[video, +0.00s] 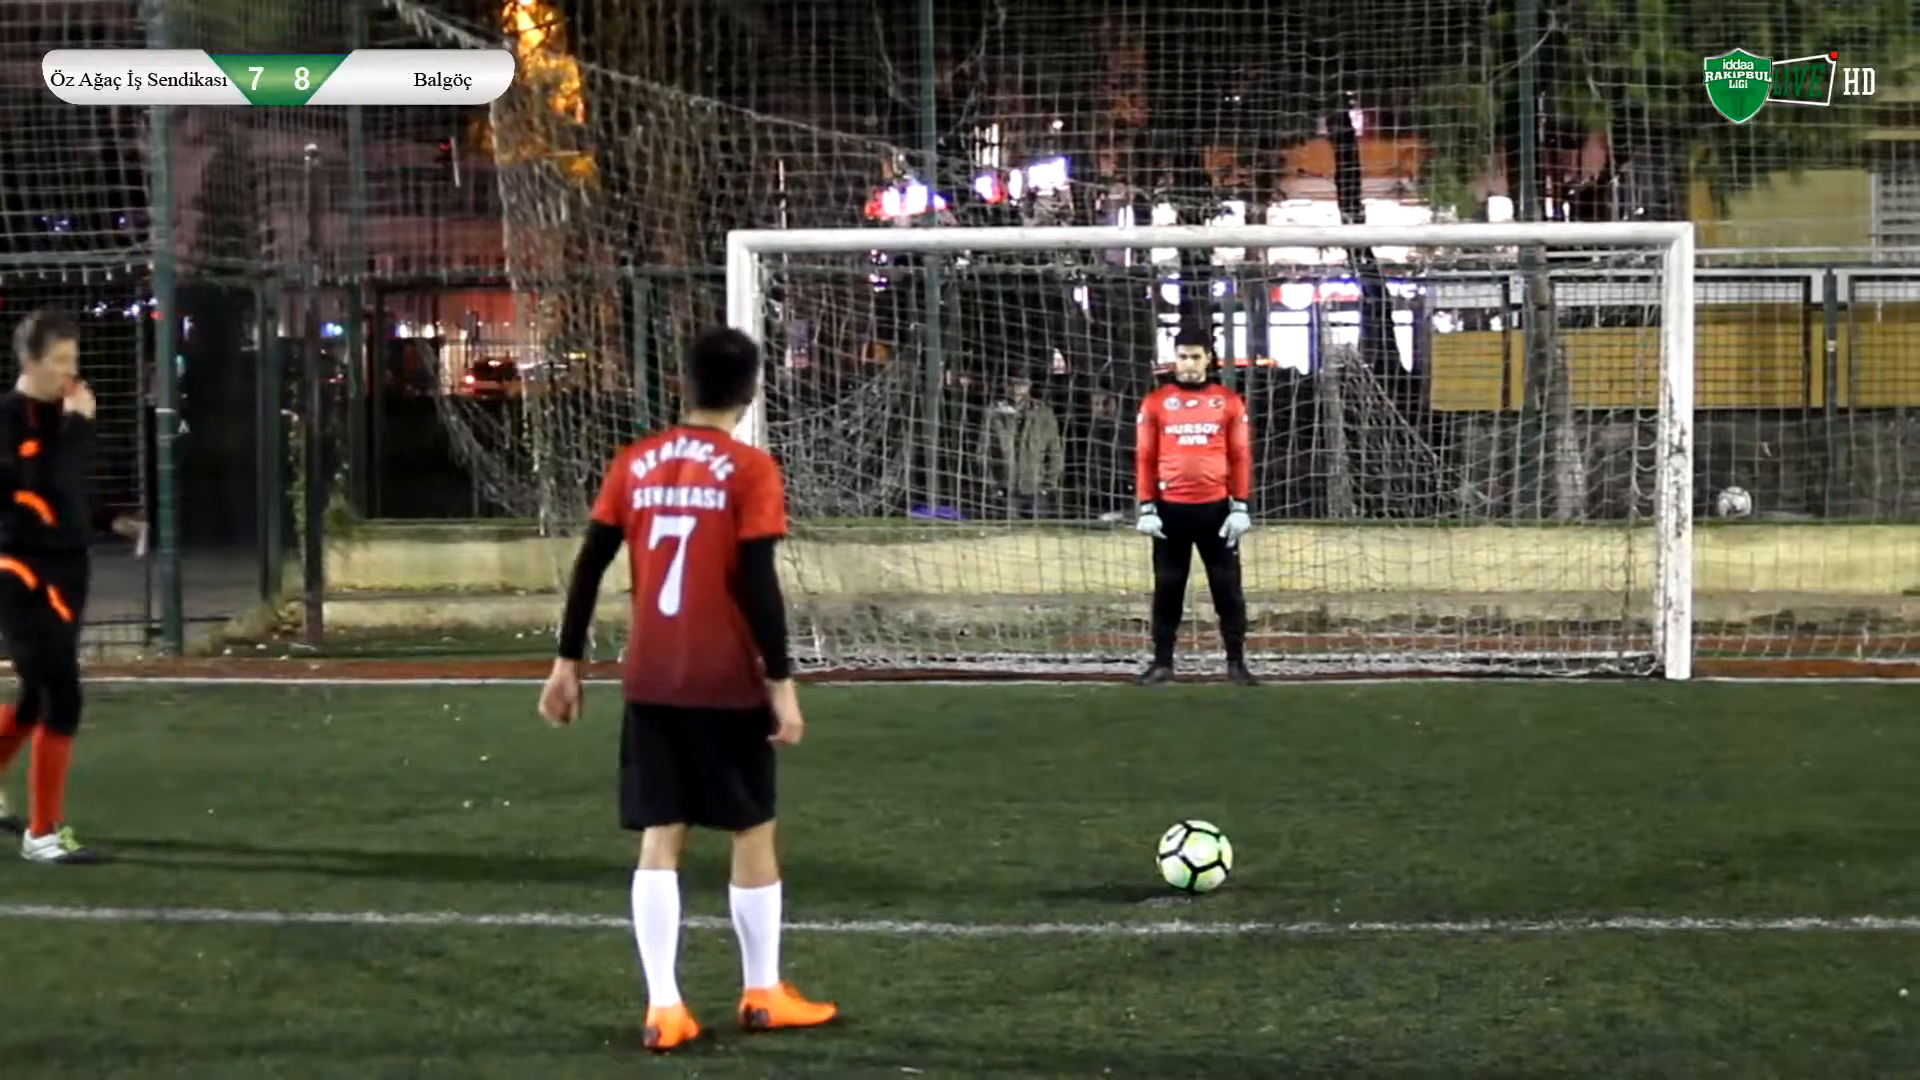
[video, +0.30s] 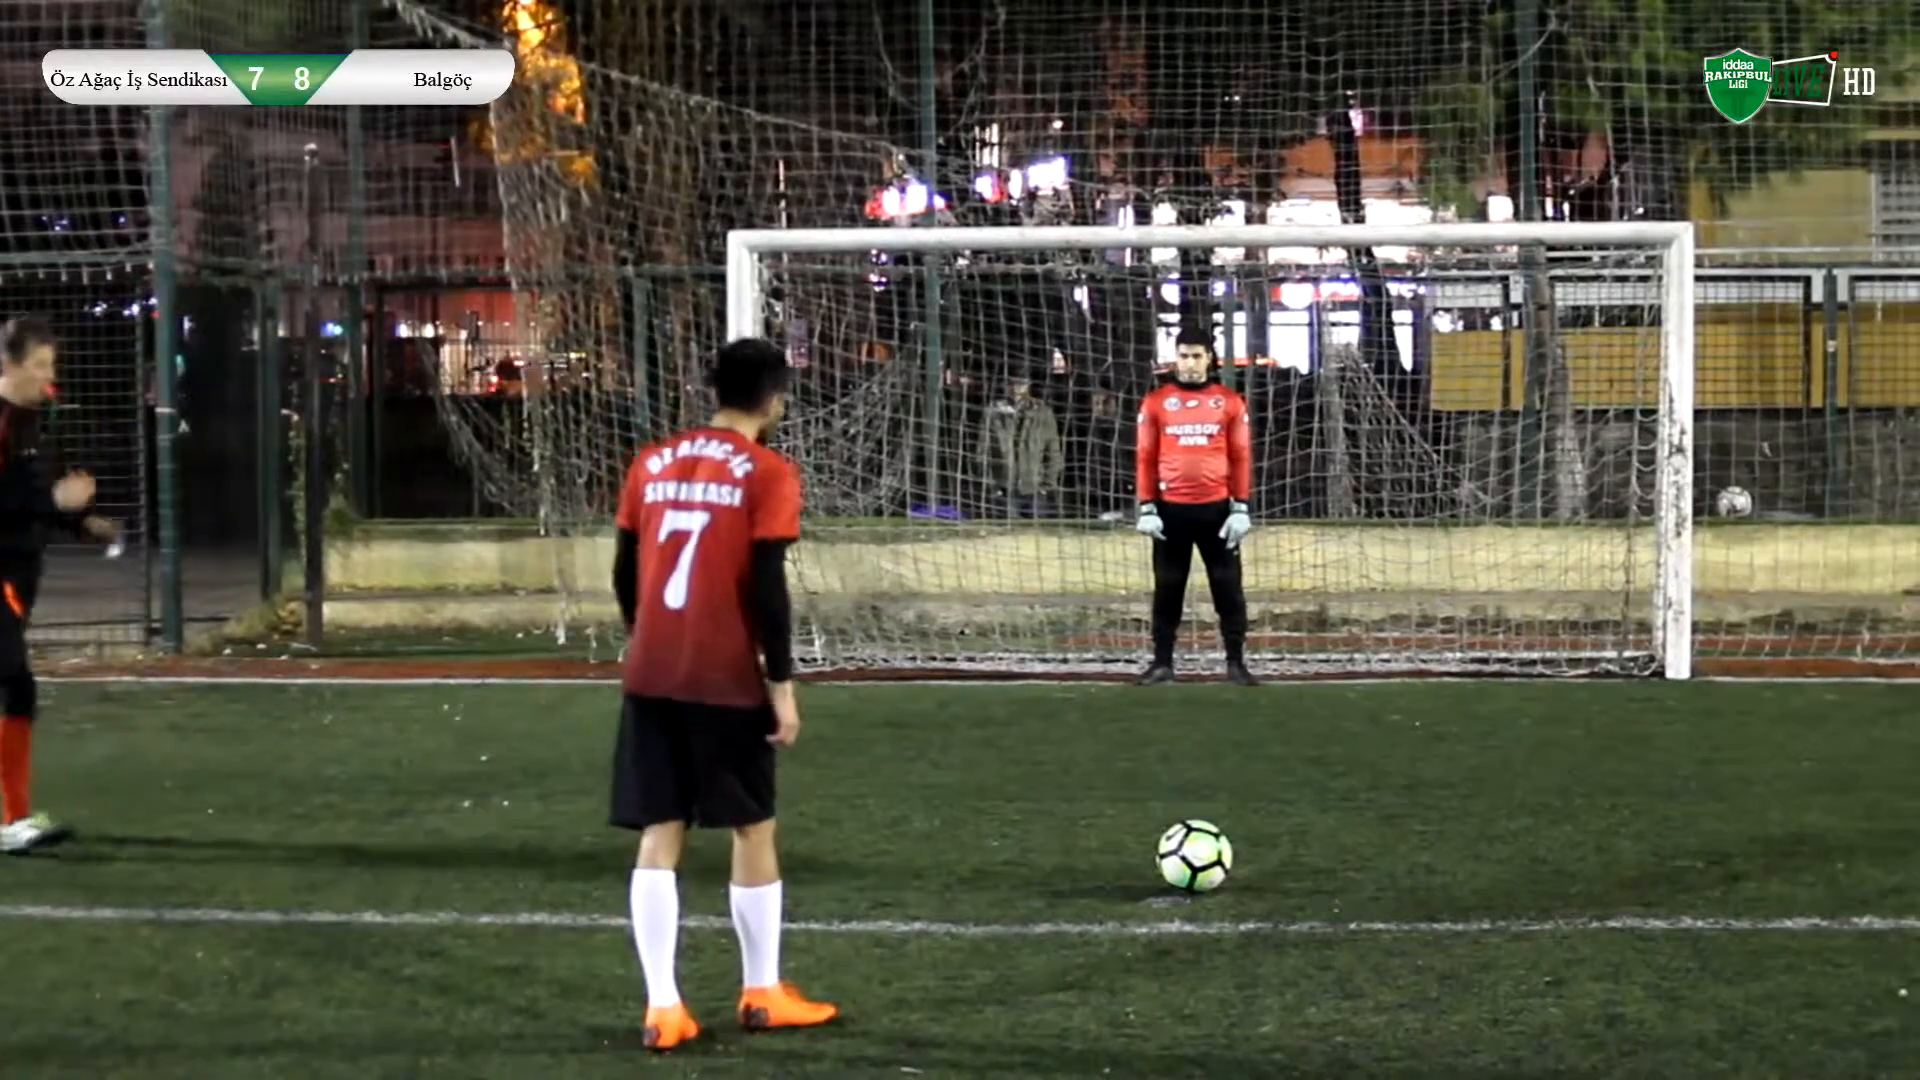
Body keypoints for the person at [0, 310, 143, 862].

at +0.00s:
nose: (71, 372)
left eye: (74, 362)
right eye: (63, 363)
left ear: (70, 363)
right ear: (30, 363)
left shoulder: (62, 416)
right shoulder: (11, 419)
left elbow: (74, 500)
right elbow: (57, 504)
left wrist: (113, 521)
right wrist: (78, 425)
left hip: (58, 575)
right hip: (24, 577)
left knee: (32, 698)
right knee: (61, 699)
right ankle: (42, 831)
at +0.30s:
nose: (52, 378)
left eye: (54, 367)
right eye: (45, 367)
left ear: (24, 368)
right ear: (13, 367)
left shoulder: (26, 422)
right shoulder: (7, 424)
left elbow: (26, 504)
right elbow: (9, 507)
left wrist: (77, 523)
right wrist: (55, 502)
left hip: (16, 581)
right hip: (1, 583)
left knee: (15, 692)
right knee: (17, 691)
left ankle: (16, 814)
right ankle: (12, 816)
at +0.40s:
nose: (45, 378)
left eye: (46, 366)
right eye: (38, 365)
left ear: (21, 365)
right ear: (6, 363)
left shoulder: (21, 424)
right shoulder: (6, 428)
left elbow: (45, 489)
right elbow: (6, 505)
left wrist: (105, 502)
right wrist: (44, 518)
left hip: (13, 599)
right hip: (3, 601)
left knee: (15, 696)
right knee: (14, 696)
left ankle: (5, 812)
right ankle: (3, 812)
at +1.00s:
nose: (34, 364)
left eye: (35, 354)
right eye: (28, 353)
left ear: (19, 356)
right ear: (3, 354)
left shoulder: (13, 413)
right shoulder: (4, 414)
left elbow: (18, 491)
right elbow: (11, 492)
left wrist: (48, 541)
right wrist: (4, 567)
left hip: (7, 568)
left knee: (1, 681)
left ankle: (1, 813)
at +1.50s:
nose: (15, 371)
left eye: (16, 359)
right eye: (10, 359)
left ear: (16, 360)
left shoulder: (12, 412)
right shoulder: (7, 414)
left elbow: (8, 491)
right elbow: (6, 492)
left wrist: (10, 553)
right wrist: (8, 554)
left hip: (6, 562)